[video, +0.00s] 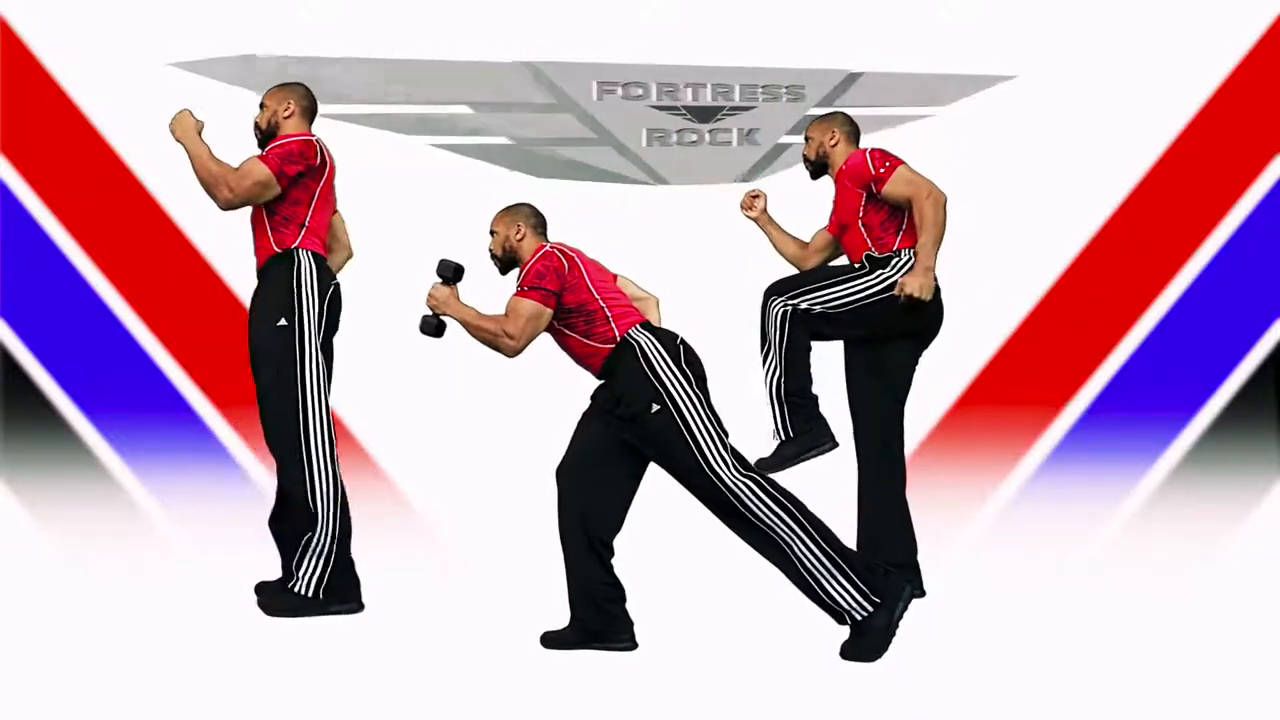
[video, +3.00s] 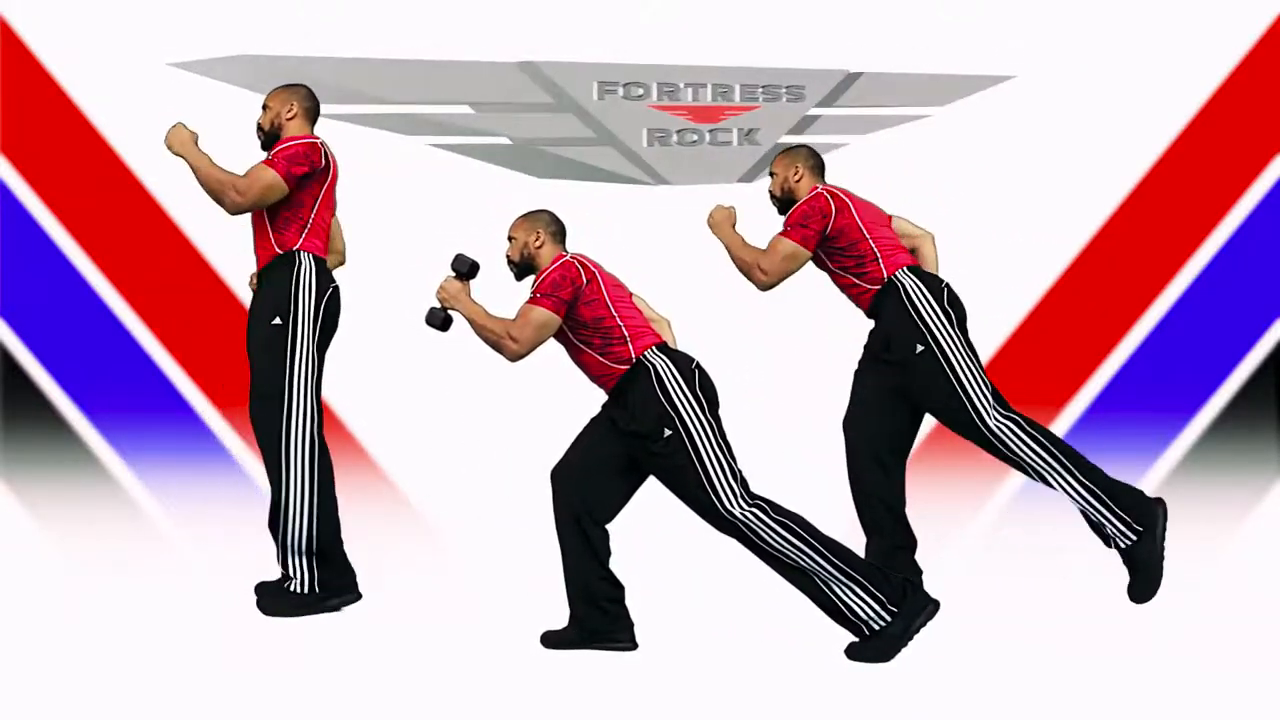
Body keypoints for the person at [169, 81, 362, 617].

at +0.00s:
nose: (256, 116)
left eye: (262, 107)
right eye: (258, 109)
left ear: (285, 108)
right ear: (297, 112)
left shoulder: (300, 147)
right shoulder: (303, 161)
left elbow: (229, 191)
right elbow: (339, 247)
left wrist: (192, 139)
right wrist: (298, 296)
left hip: (295, 285)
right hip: (292, 288)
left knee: (303, 431)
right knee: (291, 433)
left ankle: (323, 582)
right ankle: (309, 574)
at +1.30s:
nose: (260, 117)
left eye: (266, 108)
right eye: (262, 109)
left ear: (291, 111)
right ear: (294, 115)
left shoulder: (308, 150)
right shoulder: (283, 171)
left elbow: (293, 215)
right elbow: (282, 262)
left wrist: (219, 202)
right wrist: (233, 255)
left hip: (300, 287)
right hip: (283, 292)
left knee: (258, 409)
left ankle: (293, 564)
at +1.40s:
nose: (261, 121)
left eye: (267, 112)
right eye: (262, 113)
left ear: (292, 113)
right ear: (294, 117)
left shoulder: (309, 149)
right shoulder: (278, 178)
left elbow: (328, 211)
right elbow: (256, 258)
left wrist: (256, 232)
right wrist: (212, 216)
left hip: (302, 284)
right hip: (294, 291)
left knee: (207, 366)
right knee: (288, 429)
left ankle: (246, 503)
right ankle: (315, 570)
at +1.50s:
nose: (260, 120)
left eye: (267, 111)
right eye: (262, 113)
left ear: (293, 113)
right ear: (292, 118)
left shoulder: (309, 147)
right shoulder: (285, 180)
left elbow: (354, 205)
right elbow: (232, 234)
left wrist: (298, 245)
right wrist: (209, 181)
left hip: (295, 283)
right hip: (301, 297)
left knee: (185, 326)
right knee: (289, 437)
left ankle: (211, 454)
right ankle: (315, 571)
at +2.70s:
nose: (263, 125)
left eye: (269, 115)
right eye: (265, 117)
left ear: (294, 115)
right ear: (297, 119)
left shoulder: (316, 155)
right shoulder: (283, 176)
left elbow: (328, 221)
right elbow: (251, 257)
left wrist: (259, 245)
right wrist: (212, 217)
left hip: (299, 282)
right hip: (290, 293)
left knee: (191, 349)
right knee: (285, 436)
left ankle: (227, 482)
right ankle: (315, 572)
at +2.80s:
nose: (263, 124)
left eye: (268, 113)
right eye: (264, 115)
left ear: (292, 113)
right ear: (300, 117)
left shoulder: (314, 154)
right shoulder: (286, 176)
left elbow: (295, 224)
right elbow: (281, 266)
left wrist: (219, 217)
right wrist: (229, 251)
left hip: (298, 286)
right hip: (297, 293)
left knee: (216, 383)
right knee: (286, 430)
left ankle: (261, 529)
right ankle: (315, 569)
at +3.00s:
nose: (259, 118)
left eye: (265, 108)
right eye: (261, 111)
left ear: (291, 108)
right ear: (300, 114)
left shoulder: (303, 148)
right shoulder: (308, 160)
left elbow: (238, 196)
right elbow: (333, 250)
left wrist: (191, 151)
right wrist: (271, 276)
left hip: (294, 286)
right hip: (297, 288)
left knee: (286, 423)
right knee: (288, 425)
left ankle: (308, 579)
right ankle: (325, 571)